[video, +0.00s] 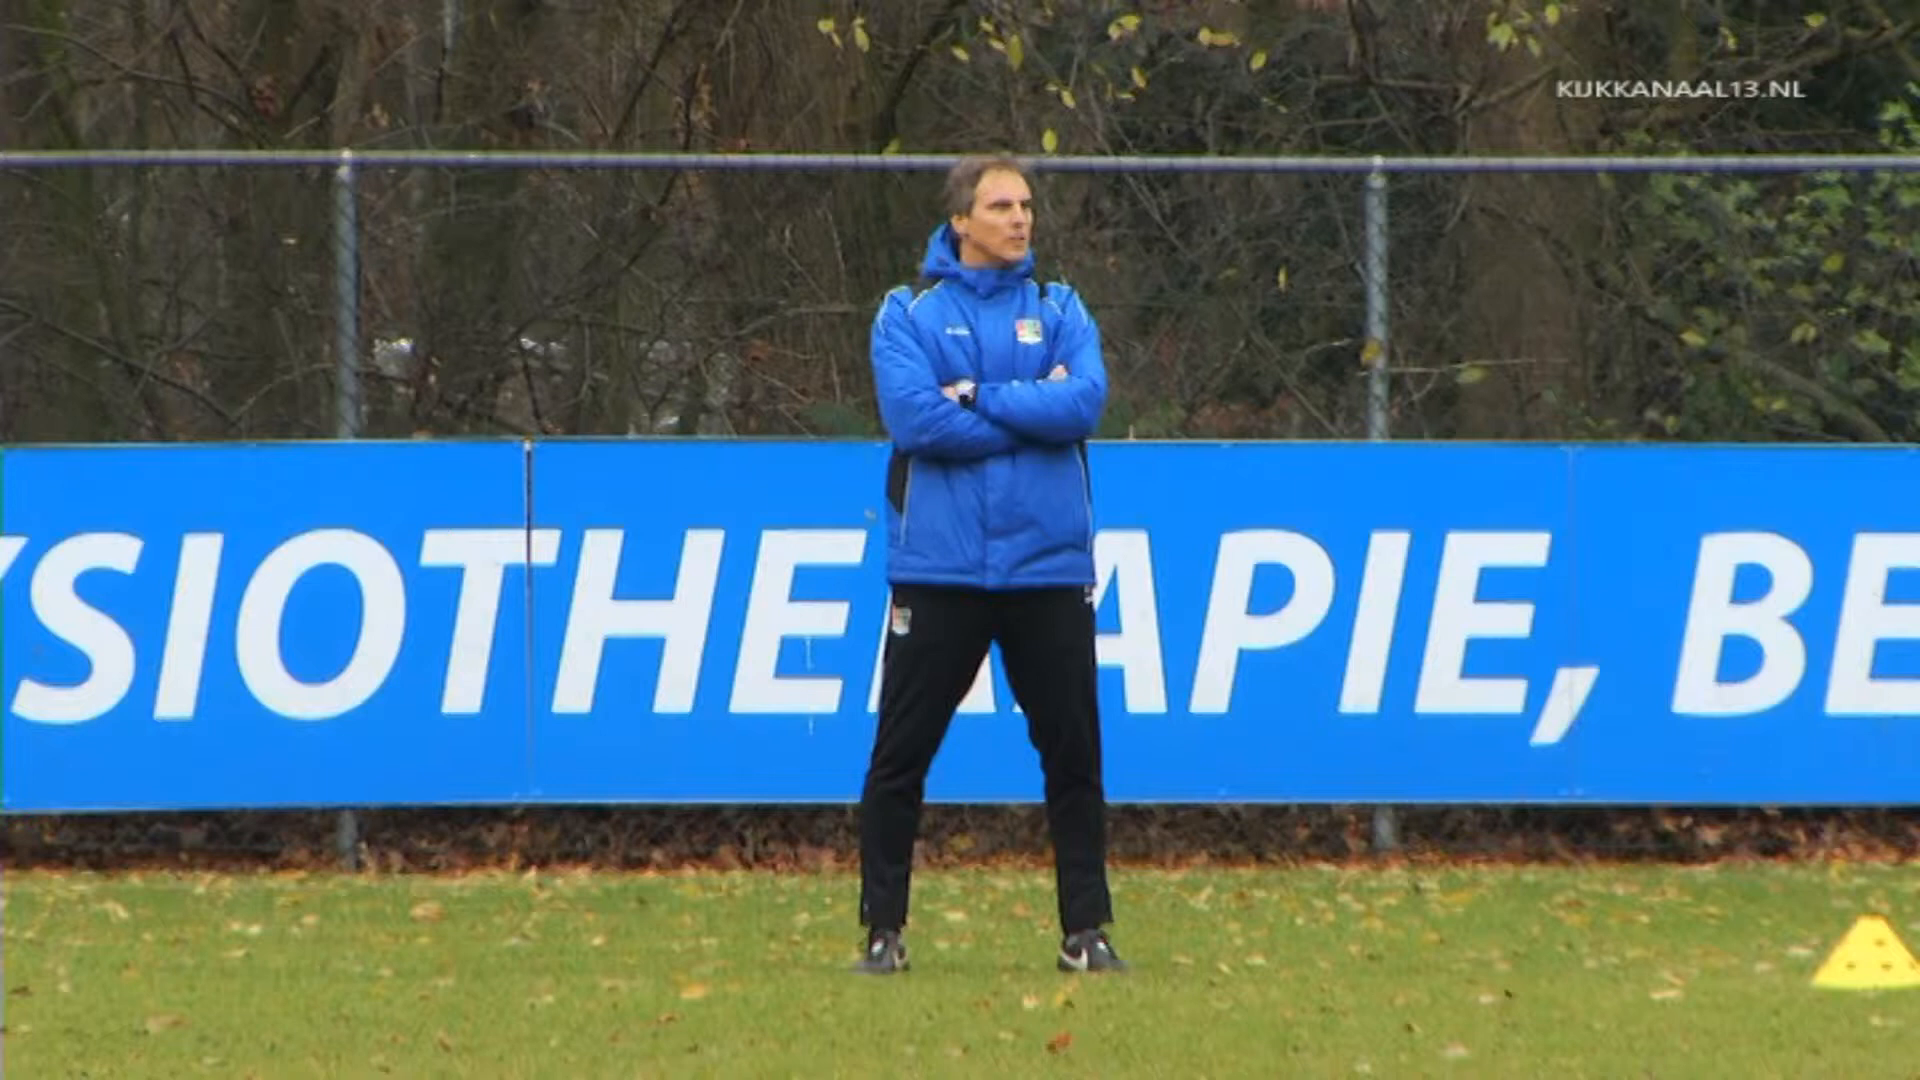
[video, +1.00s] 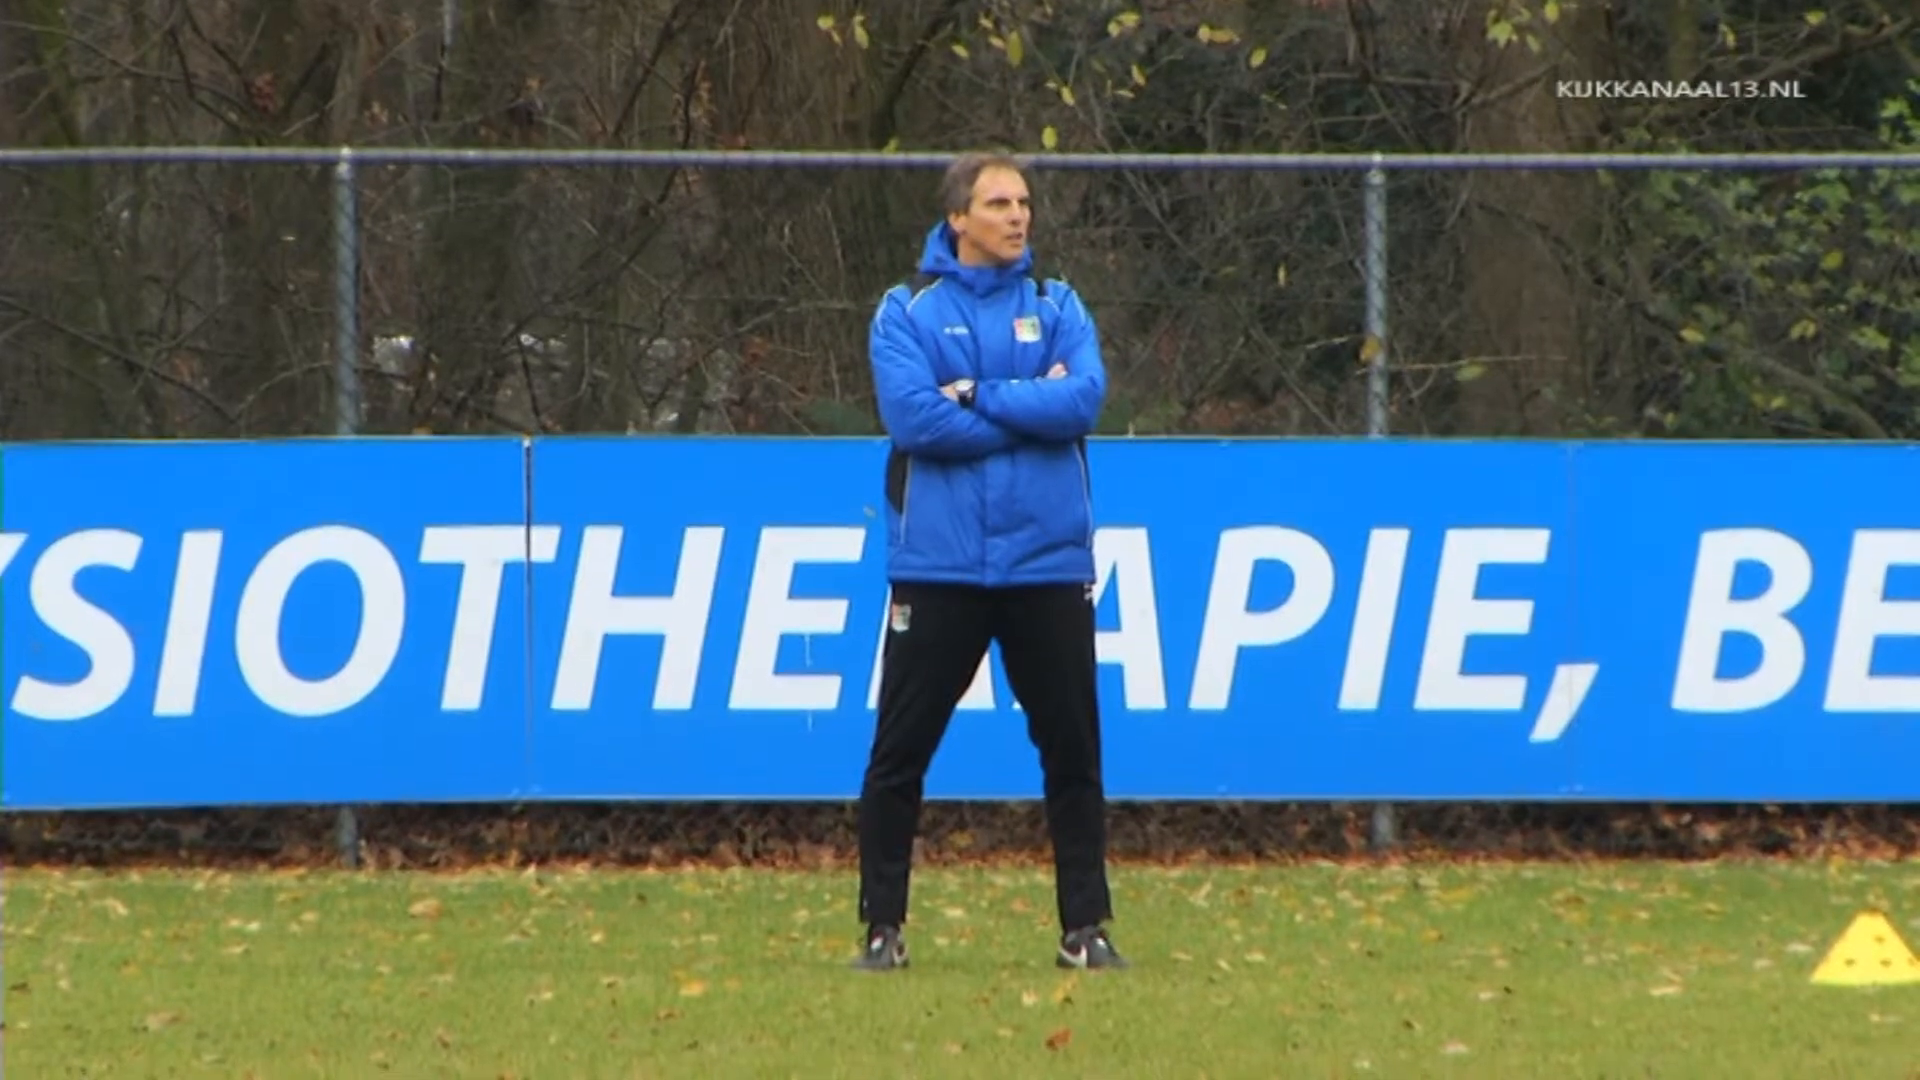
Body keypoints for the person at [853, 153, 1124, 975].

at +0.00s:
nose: (1019, 218)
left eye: (1025, 206)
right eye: (1001, 207)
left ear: (1033, 219)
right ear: (961, 223)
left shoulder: (1061, 306)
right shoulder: (906, 312)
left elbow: (1084, 403)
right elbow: (917, 424)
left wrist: (974, 393)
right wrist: (1027, 416)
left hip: (1050, 569)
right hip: (941, 571)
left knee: (1074, 752)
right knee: (902, 754)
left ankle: (1086, 933)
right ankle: (883, 932)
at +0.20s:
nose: (1018, 219)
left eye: (1025, 207)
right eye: (1001, 208)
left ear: (1033, 221)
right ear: (960, 223)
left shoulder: (1060, 308)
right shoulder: (906, 313)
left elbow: (1083, 404)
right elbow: (916, 425)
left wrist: (975, 394)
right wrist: (1027, 417)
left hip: (1050, 570)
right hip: (941, 572)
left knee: (1074, 753)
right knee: (902, 754)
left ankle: (1086, 933)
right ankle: (883, 932)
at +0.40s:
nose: (1018, 221)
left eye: (1024, 209)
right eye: (1000, 210)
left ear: (1032, 222)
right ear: (960, 225)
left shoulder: (1059, 309)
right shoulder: (906, 315)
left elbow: (1083, 405)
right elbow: (917, 427)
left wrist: (974, 396)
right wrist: (1027, 419)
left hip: (1049, 571)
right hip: (940, 573)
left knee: (1073, 754)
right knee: (901, 756)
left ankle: (1085, 935)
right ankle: (882, 934)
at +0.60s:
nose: (1018, 220)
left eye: (1024, 208)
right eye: (1000, 209)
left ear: (1032, 221)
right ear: (960, 224)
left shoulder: (1059, 308)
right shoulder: (906, 314)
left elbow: (1083, 405)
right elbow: (918, 427)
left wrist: (974, 395)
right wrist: (1027, 417)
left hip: (1050, 570)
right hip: (940, 572)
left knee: (1073, 752)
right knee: (902, 754)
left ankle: (1085, 933)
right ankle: (882, 932)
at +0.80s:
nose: (1018, 218)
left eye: (1024, 206)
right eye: (1000, 207)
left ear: (1032, 220)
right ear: (959, 222)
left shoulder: (1059, 306)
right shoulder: (906, 313)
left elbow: (1083, 403)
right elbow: (917, 426)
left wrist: (974, 394)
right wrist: (1027, 415)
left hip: (1050, 569)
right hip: (941, 571)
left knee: (1074, 753)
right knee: (902, 754)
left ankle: (1086, 932)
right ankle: (883, 931)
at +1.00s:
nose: (1017, 215)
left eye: (1023, 204)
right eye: (999, 205)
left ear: (1031, 217)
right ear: (958, 220)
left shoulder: (1058, 304)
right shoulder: (905, 311)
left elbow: (1082, 401)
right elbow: (917, 424)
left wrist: (973, 392)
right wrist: (1026, 413)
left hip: (1050, 566)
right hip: (941, 568)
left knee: (1073, 750)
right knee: (901, 751)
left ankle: (1085, 930)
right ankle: (882, 929)